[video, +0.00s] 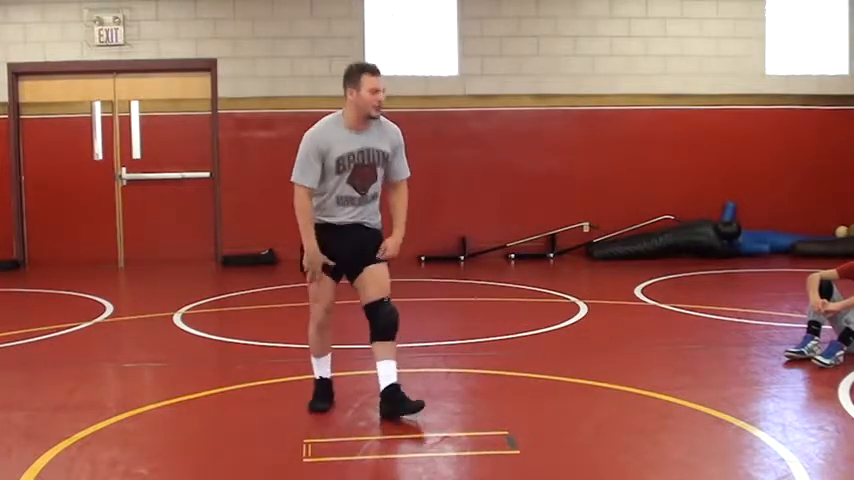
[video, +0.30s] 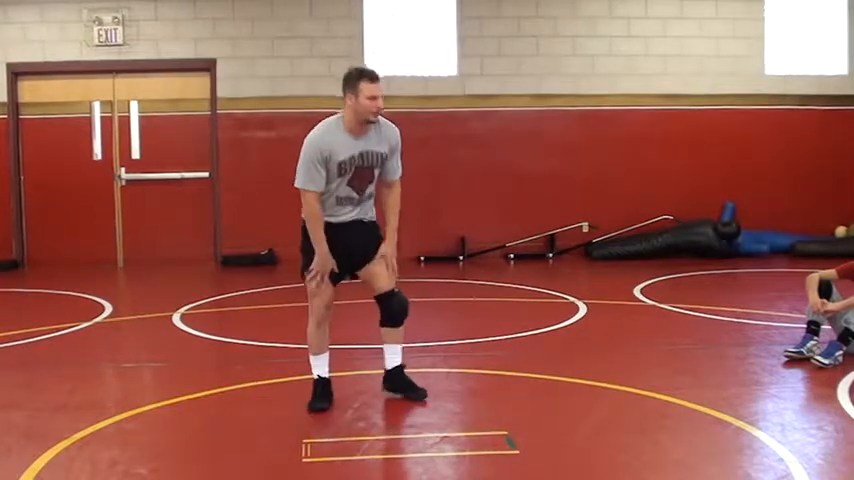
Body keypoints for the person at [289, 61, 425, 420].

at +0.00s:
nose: (381, 98)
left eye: (382, 92)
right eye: (374, 92)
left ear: (379, 95)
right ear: (351, 93)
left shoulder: (390, 135)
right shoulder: (318, 137)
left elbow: (398, 185)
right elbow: (302, 193)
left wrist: (397, 233)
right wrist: (310, 248)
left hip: (367, 230)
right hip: (324, 230)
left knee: (383, 313)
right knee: (321, 313)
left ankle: (390, 393)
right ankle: (322, 384)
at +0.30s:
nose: (379, 104)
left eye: (380, 98)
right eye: (372, 98)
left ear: (378, 99)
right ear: (350, 99)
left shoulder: (388, 134)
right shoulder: (319, 140)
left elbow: (390, 187)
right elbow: (310, 199)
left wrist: (391, 240)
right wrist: (322, 251)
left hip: (363, 225)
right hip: (323, 227)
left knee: (393, 302)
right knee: (321, 308)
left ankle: (394, 374)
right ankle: (321, 382)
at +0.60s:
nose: (405, 142)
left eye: (407, 134)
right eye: (397, 135)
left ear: (410, 133)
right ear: (376, 134)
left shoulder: (413, 161)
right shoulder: (343, 163)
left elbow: (407, 210)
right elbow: (327, 218)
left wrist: (393, 255)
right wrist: (332, 268)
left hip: (372, 231)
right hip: (331, 231)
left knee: (398, 304)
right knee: (324, 306)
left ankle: (397, 377)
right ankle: (322, 383)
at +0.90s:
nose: (408, 162)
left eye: (411, 155)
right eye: (401, 155)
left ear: (415, 151)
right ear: (381, 151)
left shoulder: (418, 173)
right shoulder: (347, 175)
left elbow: (409, 218)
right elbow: (327, 224)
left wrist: (391, 259)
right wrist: (329, 271)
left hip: (373, 237)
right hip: (332, 236)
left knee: (398, 303)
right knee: (321, 305)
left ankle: (397, 377)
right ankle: (320, 382)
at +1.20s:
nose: (402, 170)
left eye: (406, 162)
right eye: (395, 163)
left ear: (411, 158)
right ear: (376, 158)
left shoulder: (416, 178)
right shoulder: (344, 181)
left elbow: (409, 220)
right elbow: (323, 225)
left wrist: (391, 260)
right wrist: (325, 273)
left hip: (373, 241)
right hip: (332, 240)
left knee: (401, 302)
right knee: (316, 304)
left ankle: (398, 376)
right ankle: (318, 382)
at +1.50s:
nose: (402, 170)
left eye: (406, 162)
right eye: (395, 163)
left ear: (411, 157)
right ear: (376, 157)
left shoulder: (417, 176)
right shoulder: (345, 180)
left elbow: (409, 220)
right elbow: (325, 227)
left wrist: (393, 260)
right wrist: (327, 276)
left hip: (374, 240)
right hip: (333, 239)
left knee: (402, 303)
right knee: (315, 304)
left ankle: (398, 377)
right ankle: (317, 382)